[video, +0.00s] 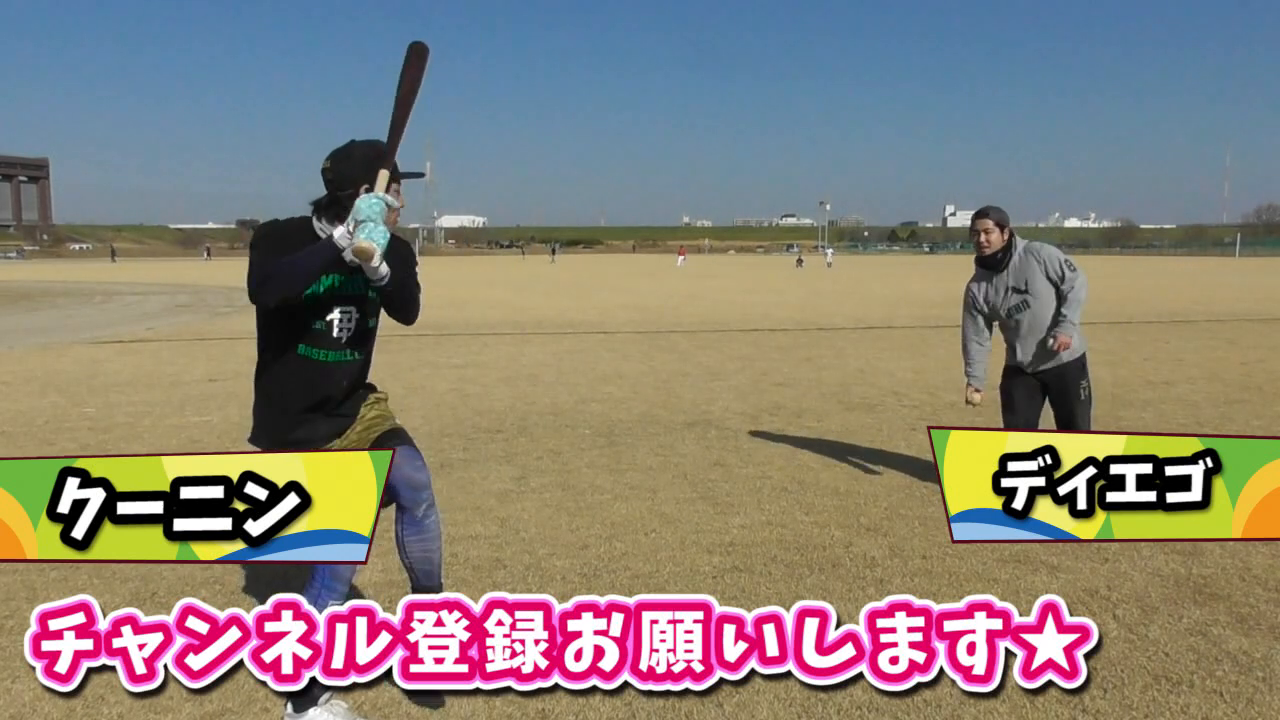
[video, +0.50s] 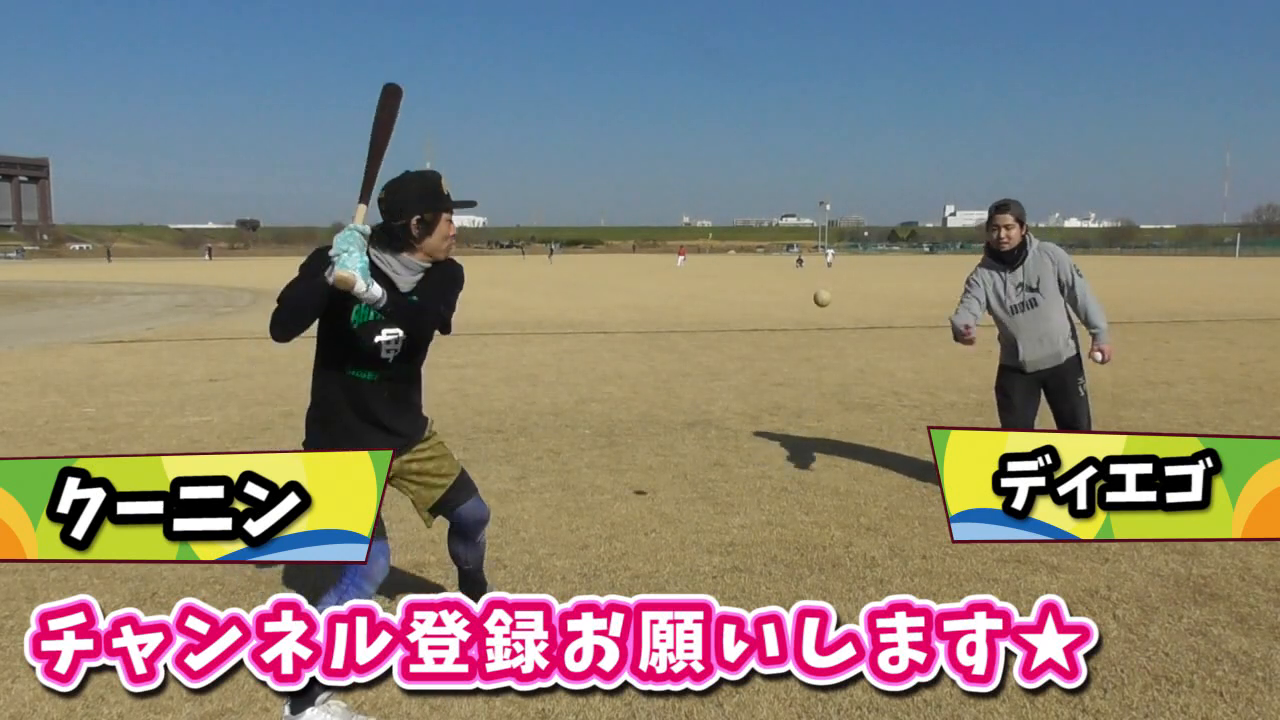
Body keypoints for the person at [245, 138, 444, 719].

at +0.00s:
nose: (396, 199)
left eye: (396, 189)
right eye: (388, 189)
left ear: (377, 193)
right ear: (355, 193)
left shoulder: (390, 246)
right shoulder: (281, 237)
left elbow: (407, 311)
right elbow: (266, 291)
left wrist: (375, 265)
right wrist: (343, 242)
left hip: (357, 407)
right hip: (295, 421)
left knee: (413, 479)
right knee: (343, 543)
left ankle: (431, 620)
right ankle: (306, 694)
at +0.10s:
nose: (406, 204)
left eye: (405, 193)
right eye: (397, 194)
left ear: (378, 195)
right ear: (363, 196)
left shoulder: (395, 248)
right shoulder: (283, 238)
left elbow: (404, 310)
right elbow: (255, 295)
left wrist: (362, 267)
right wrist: (332, 245)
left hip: (362, 406)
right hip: (300, 420)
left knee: (419, 489)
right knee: (343, 541)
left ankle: (447, 621)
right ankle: (307, 691)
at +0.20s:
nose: (410, 206)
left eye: (409, 195)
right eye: (402, 196)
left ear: (380, 198)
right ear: (368, 199)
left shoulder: (400, 252)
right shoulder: (287, 239)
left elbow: (401, 312)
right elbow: (247, 298)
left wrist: (352, 266)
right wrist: (321, 256)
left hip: (368, 414)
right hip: (304, 428)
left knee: (436, 513)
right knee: (343, 557)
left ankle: (471, 628)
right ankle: (308, 695)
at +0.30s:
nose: (418, 210)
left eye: (416, 200)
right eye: (410, 201)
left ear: (387, 202)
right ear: (379, 204)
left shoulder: (408, 256)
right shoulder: (296, 241)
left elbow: (405, 312)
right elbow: (244, 300)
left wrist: (348, 277)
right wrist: (315, 257)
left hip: (376, 418)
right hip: (311, 431)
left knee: (454, 523)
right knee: (347, 565)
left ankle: (483, 611)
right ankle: (307, 695)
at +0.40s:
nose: (432, 216)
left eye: (430, 206)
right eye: (424, 207)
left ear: (399, 213)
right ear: (394, 213)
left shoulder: (423, 262)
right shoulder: (312, 247)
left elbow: (411, 314)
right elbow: (251, 305)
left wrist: (351, 279)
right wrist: (319, 260)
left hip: (389, 420)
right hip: (326, 432)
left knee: (466, 523)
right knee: (353, 564)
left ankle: (485, 601)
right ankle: (307, 695)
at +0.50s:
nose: (455, 226)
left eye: (453, 216)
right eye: (446, 218)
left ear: (420, 225)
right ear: (416, 226)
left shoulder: (445, 274)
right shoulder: (338, 259)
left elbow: (417, 331)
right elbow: (281, 328)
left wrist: (363, 289)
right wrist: (331, 269)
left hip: (406, 428)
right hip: (343, 437)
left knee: (471, 514)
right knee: (369, 564)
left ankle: (475, 605)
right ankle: (305, 694)